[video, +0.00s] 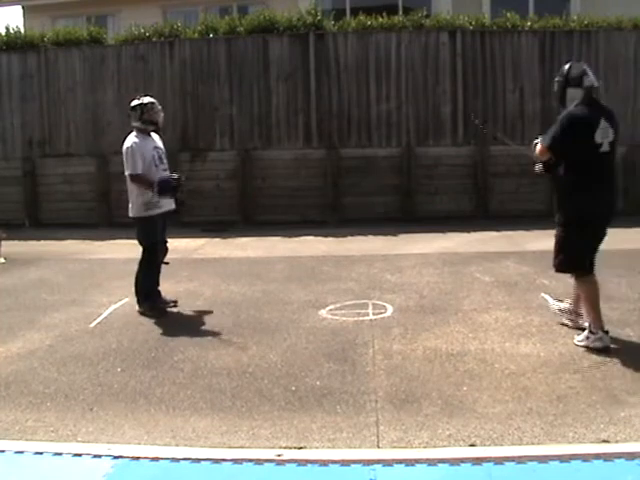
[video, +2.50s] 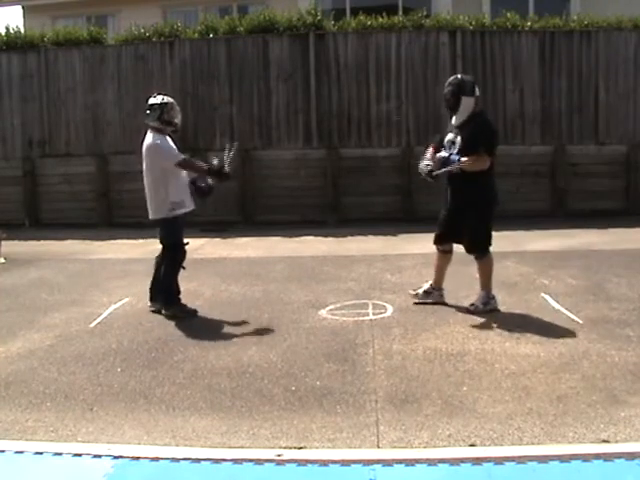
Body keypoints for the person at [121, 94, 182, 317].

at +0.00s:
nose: (159, 115)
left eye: (159, 111)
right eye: (154, 112)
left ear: (154, 115)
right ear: (142, 116)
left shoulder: (155, 138)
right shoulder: (132, 144)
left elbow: (158, 167)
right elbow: (134, 175)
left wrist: (171, 179)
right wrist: (159, 186)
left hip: (160, 207)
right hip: (145, 209)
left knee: (158, 251)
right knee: (151, 252)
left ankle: (154, 295)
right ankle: (145, 300)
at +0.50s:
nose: (159, 115)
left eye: (158, 111)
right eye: (153, 111)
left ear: (156, 115)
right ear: (141, 115)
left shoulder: (156, 138)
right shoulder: (132, 144)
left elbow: (159, 171)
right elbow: (128, 175)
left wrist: (171, 190)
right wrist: (153, 188)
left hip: (162, 208)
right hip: (145, 210)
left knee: (159, 252)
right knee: (151, 253)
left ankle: (154, 295)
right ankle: (145, 301)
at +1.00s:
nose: (163, 116)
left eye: (163, 111)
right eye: (159, 112)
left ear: (158, 115)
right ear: (149, 115)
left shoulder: (157, 138)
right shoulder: (138, 144)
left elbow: (158, 170)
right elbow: (130, 176)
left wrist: (172, 192)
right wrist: (147, 196)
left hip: (165, 208)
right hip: (149, 211)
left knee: (161, 251)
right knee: (154, 252)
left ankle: (155, 295)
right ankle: (146, 300)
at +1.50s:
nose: (169, 119)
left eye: (169, 114)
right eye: (166, 115)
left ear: (153, 118)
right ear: (157, 117)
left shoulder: (159, 140)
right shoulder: (139, 144)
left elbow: (160, 168)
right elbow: (131, 173)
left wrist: (169, 185)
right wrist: (149, 190)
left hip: (165, 208)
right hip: (151, 210)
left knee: (162, 252)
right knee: (157, 252)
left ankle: (156, 296)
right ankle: (149, 300)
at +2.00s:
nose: (173, 117)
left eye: (173, 112)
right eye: (168, 112)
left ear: (165, 116)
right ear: (157, 115)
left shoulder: (164, 140)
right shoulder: (147, 145)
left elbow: (166, 173)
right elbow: (143, 179)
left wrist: (177, 197)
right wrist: (152, 204)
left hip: (171, 206)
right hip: (160, 207)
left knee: (163, 252)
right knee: (169, 252)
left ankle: (154, 297)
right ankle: (170, 301)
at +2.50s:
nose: (175, 118)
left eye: (175, 113)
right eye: (171, 113)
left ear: (153, 116)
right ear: (163, 115)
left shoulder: (159, 139)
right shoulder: (157, 143)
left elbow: (174, 169)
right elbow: (183, 164)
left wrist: (196, 179)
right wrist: (213, 171)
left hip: (171, 207)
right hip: (167, 209)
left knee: (169, 251)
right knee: (174, 253)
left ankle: (158, 297)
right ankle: (170, 302)